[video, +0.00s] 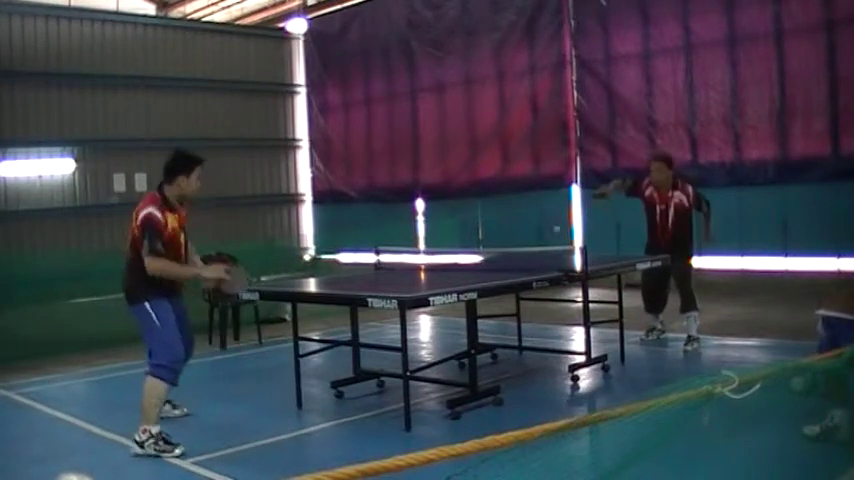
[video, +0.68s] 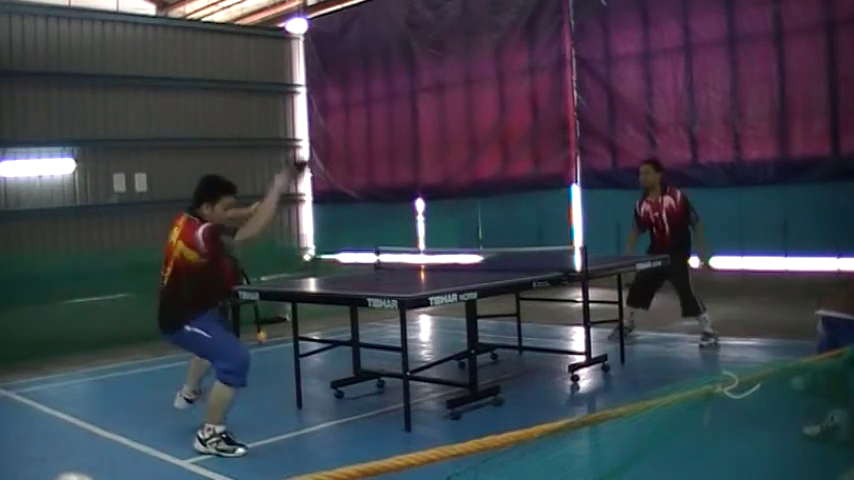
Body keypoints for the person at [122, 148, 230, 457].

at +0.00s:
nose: (199, 184)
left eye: (198, 178)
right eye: (195, 178)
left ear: (178, 179)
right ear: (179, 179)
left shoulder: (176, 209)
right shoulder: (151, 213)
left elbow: (183, 246)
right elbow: (152, 264)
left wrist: (204, 266)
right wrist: (199, 272)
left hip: (168, 290)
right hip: (147, 293)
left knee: (184, 346)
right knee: (168, 353)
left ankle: (159, 401)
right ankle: (147, 432)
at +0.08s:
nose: (197, 190)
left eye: (197, 184)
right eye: (193, 184)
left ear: (179, 185)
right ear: (176, 184)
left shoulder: (188, 215)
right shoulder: (146, 219)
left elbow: (202, 244)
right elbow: (135, 270)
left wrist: (217, 269)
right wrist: (175, 292)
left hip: (176, 294)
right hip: (149, 295)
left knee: (188, 348)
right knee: (174, 350)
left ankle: (158, 404)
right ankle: (160, 427)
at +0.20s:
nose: (200, 204)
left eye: (200, 198)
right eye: (196, 199)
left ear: (186, 201)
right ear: (176, 202)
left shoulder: (204, 226)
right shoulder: (144, 231)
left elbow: (229, 257)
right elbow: (118, 273)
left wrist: (231, 269)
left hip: (184, 302)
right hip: (153, 304)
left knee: (196, 355)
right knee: (185, 356)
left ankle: (156, 403)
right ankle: (195, 430)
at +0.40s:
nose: (209, 227)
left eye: (208, 221)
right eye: (203, 222)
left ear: (187, 228)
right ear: (183, 228)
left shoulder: (218, 242)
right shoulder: (155, 254)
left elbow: (255, 255)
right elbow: (122, 292)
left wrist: (275, 268)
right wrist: (106, 332)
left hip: (201, 315)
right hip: (171, 316)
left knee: (197, 366)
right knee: (206, 362)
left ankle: (157, 405)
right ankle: (206, 434)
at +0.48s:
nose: (215, 226)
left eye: (214, 219)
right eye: (209, 221)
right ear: (189, 228)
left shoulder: (222, 237)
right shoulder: (164, 256)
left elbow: (262, 239)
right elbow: (135, 297)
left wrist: (292, 262)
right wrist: (118, 338)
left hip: (206, 313)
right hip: (176, 316)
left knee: (199, 363)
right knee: (216, 354)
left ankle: (160, 400)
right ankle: (208, 434)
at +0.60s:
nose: (225, 216)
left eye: (226, 210)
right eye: (219, 211)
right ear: (199, 214)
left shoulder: (209, 221)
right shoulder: (187, 246)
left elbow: (232, 211)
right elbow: (193, 292)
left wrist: (262, 222)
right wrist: (233, 295)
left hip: (199, 306)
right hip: (179, 313)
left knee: (215, 345)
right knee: (229, 354)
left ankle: (179, 390)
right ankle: (210, 432)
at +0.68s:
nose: (229, 213)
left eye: (231, 207)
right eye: (225, 207)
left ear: (204, 206)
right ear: (207, 207)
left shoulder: (186, 221)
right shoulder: (205, 234)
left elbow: (223, 216)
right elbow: (250, 232)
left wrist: (252, 210)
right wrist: (277, 189)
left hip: (182, 310)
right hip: (184, 320)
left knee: (218, 337)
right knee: (235, 358)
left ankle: (190, 391)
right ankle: (211, 433)